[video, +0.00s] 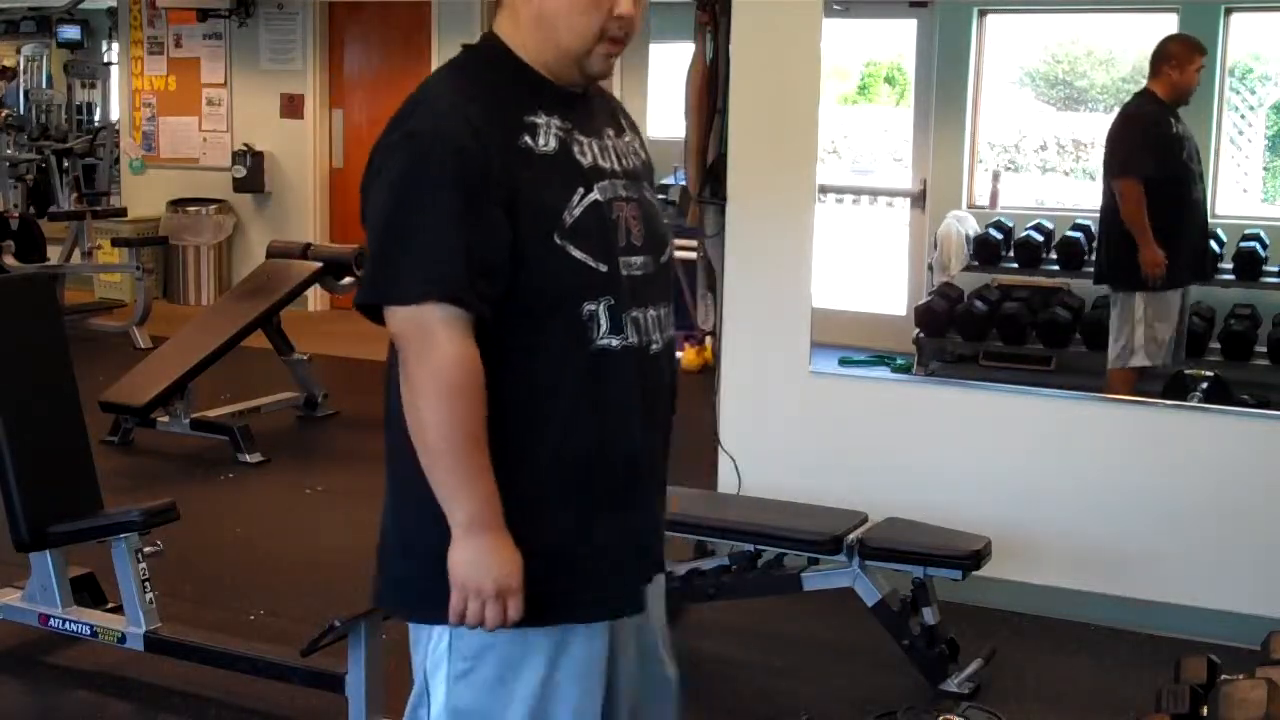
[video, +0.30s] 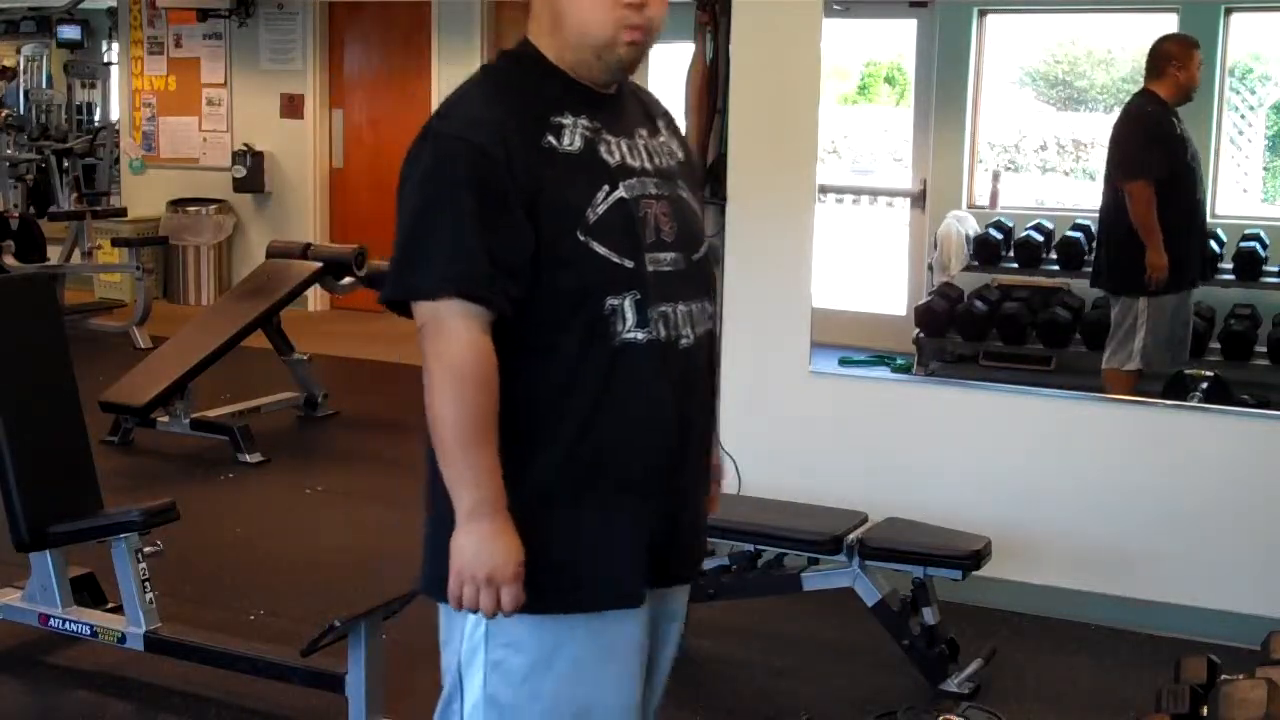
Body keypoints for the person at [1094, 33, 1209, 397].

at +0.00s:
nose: (1200, 79)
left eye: (1201, 71)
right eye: (1197, 70)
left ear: (1171, 69)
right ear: (1172, 68)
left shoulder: (1168, 118)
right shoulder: (1140, 115)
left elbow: (1169, 187)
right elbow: (1126, 184)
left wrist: (1183, 245)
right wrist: (1146, 246)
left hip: (1168, 260)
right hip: (1143, 263)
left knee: (1143, 364)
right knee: (1127, 364)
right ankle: (1113, 446)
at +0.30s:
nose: (1201, 75)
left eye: (1200, 67)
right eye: (1197, 66)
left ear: (1170, 68)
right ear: (1176, 68)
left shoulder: (1161, 115)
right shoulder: (1144, 113)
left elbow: (1154, 186)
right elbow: (1136, 187)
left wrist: (1175, 248)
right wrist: (1155, 248)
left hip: (1164, 260)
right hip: (1141, 262)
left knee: (1143, 361)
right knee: (1125, 362)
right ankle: (1116, 442)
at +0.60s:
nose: (1198, 78)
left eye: (1199, 69)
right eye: (1194, 68)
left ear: (1168, 68)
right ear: (1170, 67)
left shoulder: (1157, 115)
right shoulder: (1144, 115)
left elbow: (1152, 188)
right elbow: (1141, 188)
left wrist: (1174, 248)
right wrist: (1165, 249)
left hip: (1157, 263)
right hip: (1139, 263)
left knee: (1143, 367)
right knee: (1125, 367)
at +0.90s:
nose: (1203, 84)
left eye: (1204, 75)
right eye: (1200, 74)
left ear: (1175, 71)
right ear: (1174, 69)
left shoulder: (1166, 116)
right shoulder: (1146, 114)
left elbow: (1163, 188)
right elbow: (1136, 188)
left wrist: (1181, 250)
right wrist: (1158, 252)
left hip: (1161, 267)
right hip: (1139, 267)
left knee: (1146, 368)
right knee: (1126, 369)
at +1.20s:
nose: (1207, 98)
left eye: (1211, 90)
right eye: (1207, 88)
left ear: (1183, 77)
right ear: (1182, 75)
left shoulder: (1175, 124)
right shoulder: (1145, 119)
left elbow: (1177, 194)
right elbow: (1132, 188)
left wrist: (1189, 253)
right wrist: (1149, 250)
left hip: (1169, 267)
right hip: (1141, 267)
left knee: (1159, 368)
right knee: (1136, 367)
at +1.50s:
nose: (1211, 104)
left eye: (1215, 98)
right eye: (1212, 95)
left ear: (1191, 81)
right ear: (1191, 80)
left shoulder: (1177, 126)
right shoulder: (1146, 120)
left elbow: (1172, 195)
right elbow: (1129, 188)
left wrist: (1176, 256)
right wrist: (1143, 253)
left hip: (1166, 270)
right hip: (1138, 270)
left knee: (1154, 374)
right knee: (1123, 371)